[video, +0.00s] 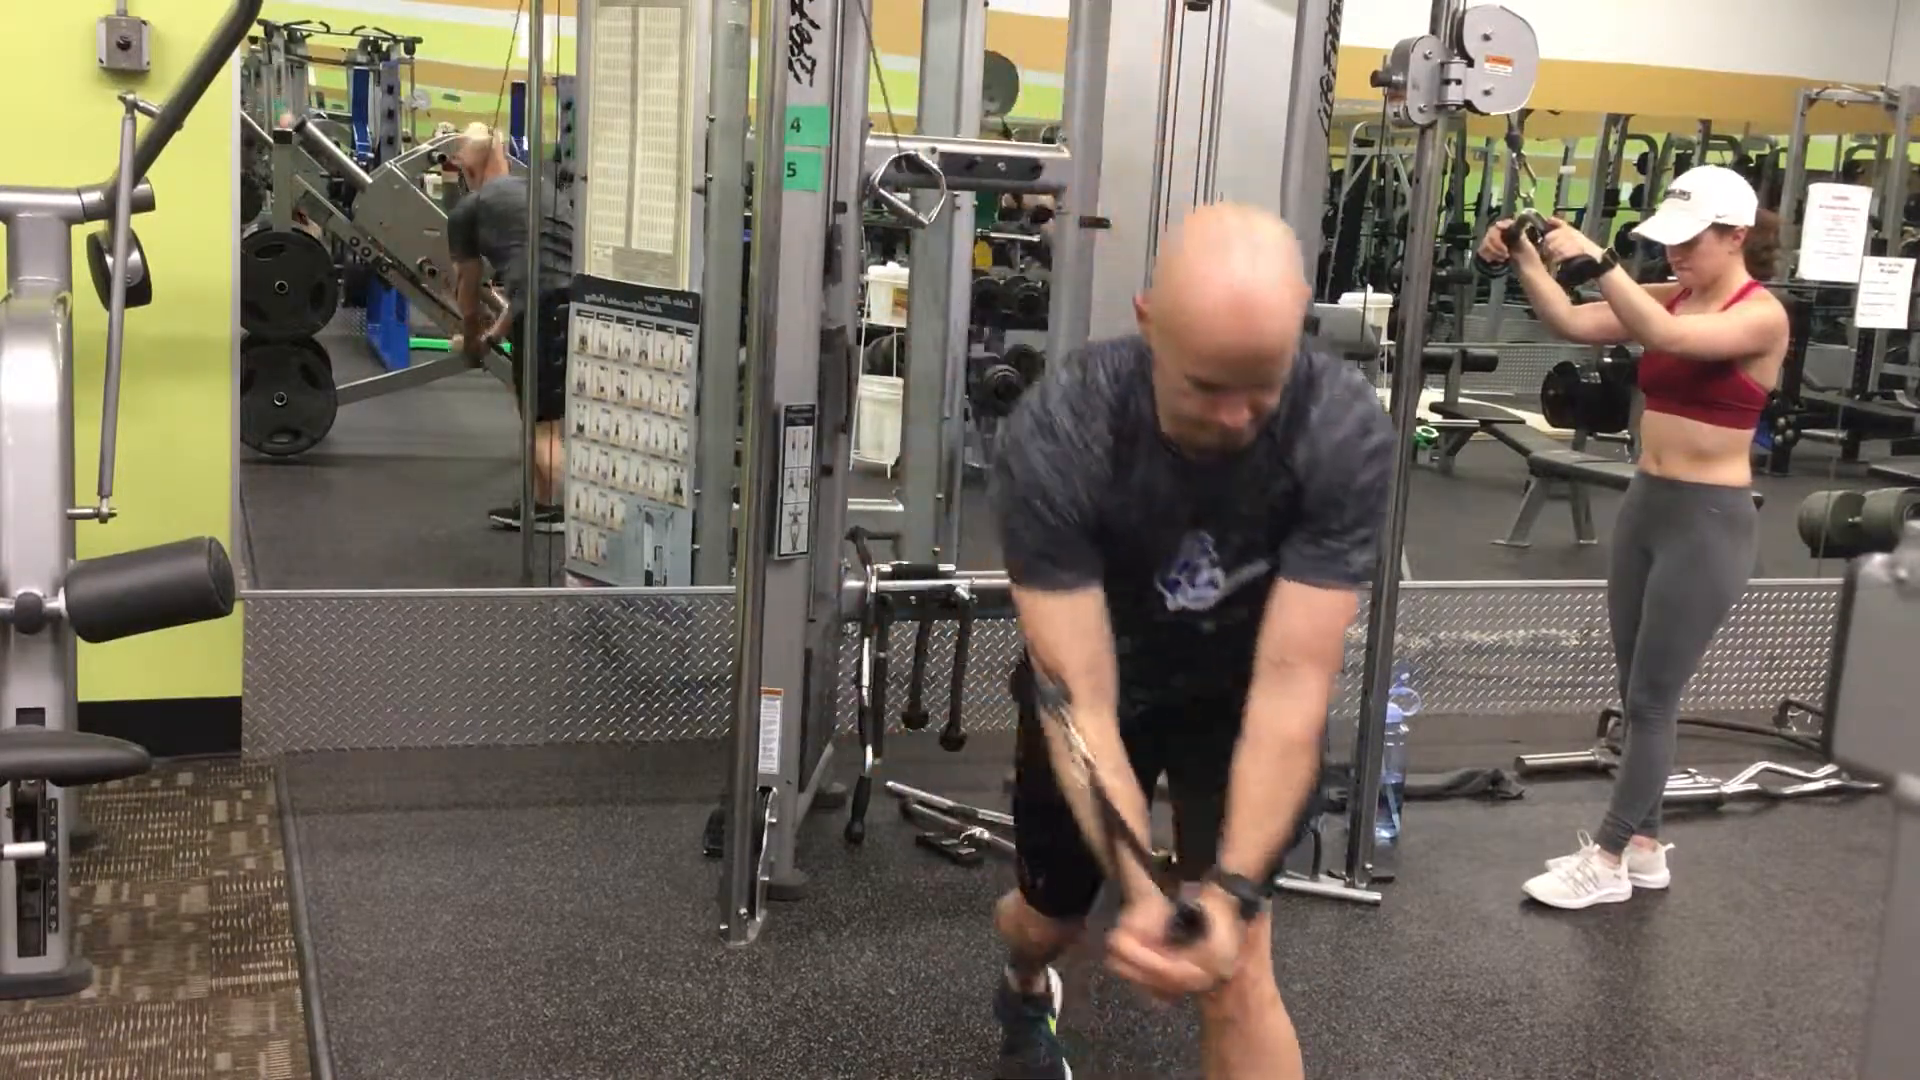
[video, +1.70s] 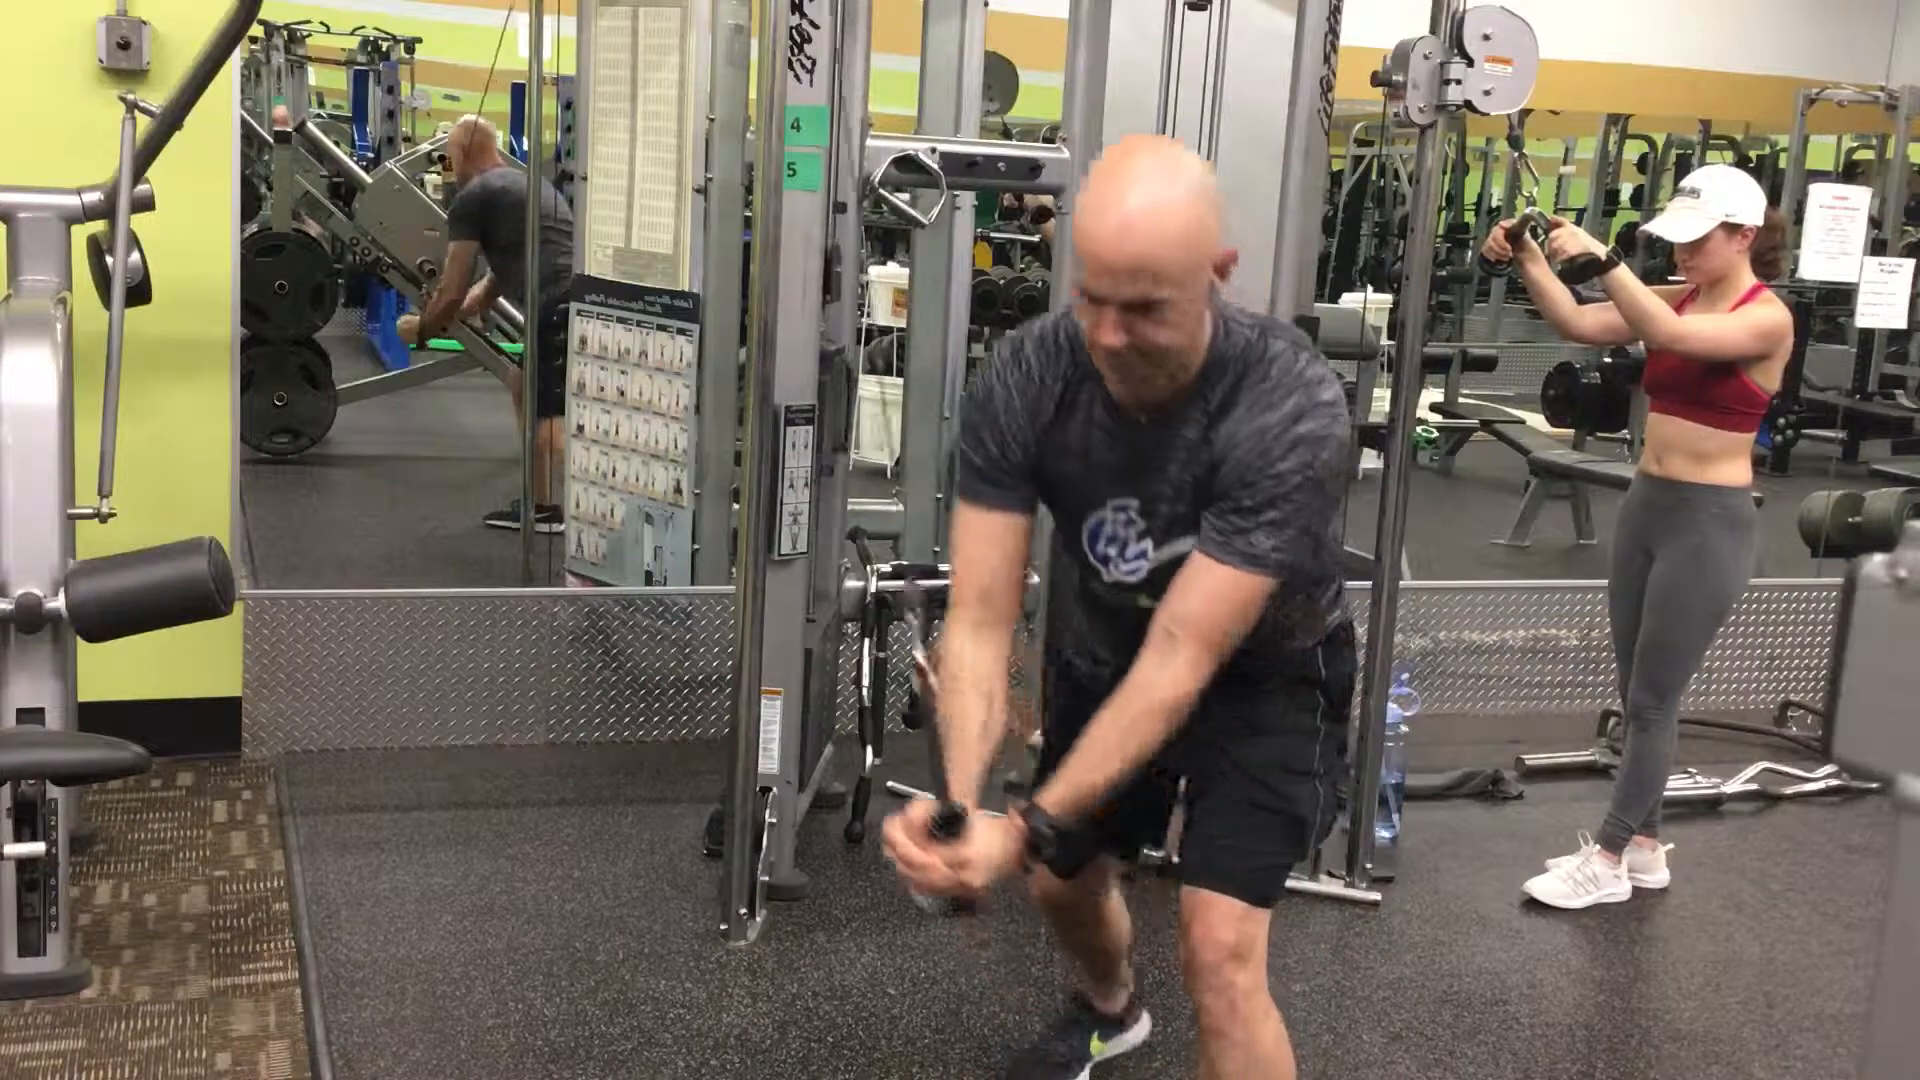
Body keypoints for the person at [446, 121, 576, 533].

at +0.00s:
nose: (459, 174)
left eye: (459, 167)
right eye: (457, 167)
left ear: (467, 166)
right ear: (502, 157)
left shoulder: (470, 208)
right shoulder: (542, 189)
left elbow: (468, 285)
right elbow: (534, 275)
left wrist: (471, 340)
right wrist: (498, 329)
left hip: (539, 307)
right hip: (581, 298)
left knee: (541, 421)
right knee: (556, 415)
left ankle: (562, 506)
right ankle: (540, 501)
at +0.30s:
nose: (474, 216)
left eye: (472, 210)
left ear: (475, 210)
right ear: (513, 199)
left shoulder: (471, 248)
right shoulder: (551, 224)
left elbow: (480, 323)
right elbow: (571, 275)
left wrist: (495, 371)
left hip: (527, 328)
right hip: (577, 319)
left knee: (540, 434)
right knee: (556, 425)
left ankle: (566, 507)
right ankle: (543, 502)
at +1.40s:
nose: (452, 190)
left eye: (453, 182)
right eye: (451, 182)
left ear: (464, 179)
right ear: (494, 173)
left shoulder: (465, 222)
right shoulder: (530, 201)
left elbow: (460, 307)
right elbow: (517, 290)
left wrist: (450, 355)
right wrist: (476, 342)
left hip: (550, 310)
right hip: (588, 297)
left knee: (545, 421)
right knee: (532, 400)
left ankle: (547, 506)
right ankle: (542, 501)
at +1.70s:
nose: (449, 166)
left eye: (450, 156)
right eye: (448, 157)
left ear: (463, 153)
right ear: (495, 150)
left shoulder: (474, 196)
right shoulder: (529, 183)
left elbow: (452, 295)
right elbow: (505, 270)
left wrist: (421, 328)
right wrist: (464, 309)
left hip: (557, 309)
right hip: (588, 301)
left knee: (544, 411)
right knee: (523, 385)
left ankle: (546, 506)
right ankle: (544, 501)